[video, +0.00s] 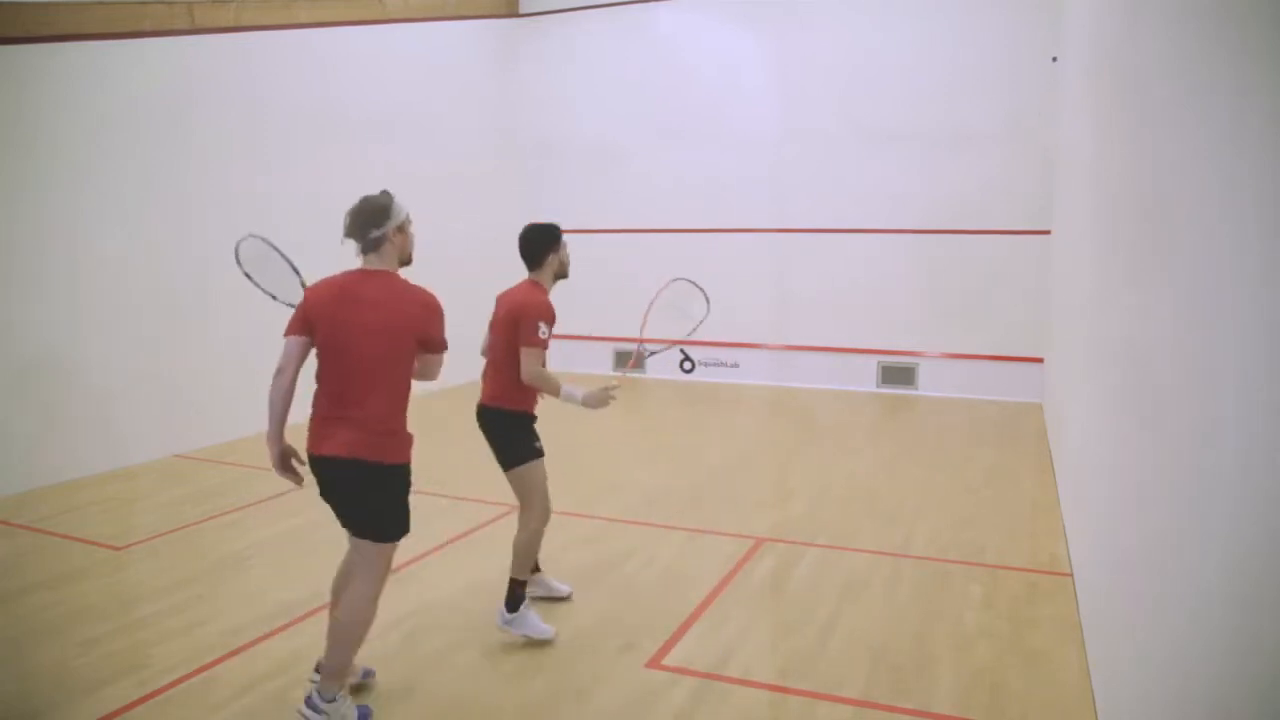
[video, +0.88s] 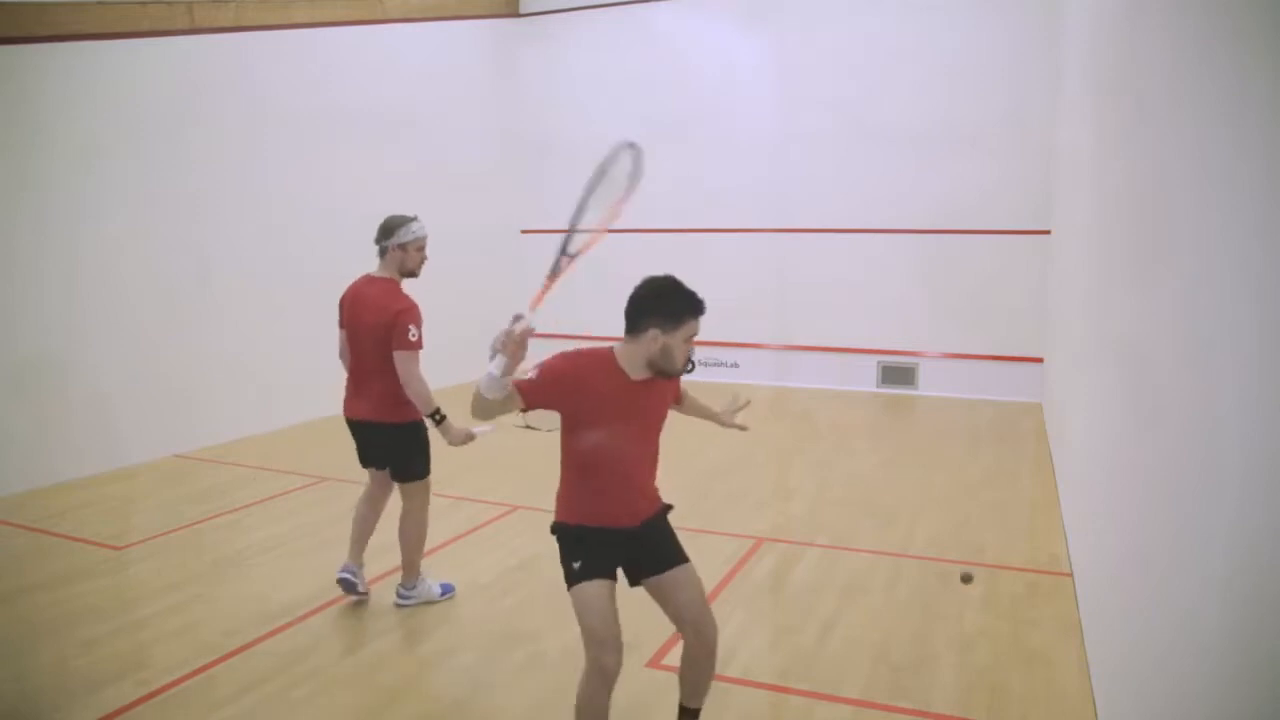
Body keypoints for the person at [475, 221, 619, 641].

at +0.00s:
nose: (568, 256)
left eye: (565, 249)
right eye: (564, 250)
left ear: (532, 258)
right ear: (553, 256)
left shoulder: (510, 297)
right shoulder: (535, 304)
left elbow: (488, 351)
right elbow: (531, 372)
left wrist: (528, 376)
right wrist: (579, 397)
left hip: (502, 411)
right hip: (508, 415)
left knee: (535, 503)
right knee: (536, 509)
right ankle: (512, 609)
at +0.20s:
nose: (594, 278)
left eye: (591, 270)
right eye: (589, 271)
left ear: (564, 279)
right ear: (573, 279)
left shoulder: (560, 327)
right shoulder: (540, 331)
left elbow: (555, 396)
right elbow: (528, 403)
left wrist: (585, 424)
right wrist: (579, 428)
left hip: (553, 445)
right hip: (528, 449)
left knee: (571, 515)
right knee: (556, 538)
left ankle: (538, 579)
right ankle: (557, 647)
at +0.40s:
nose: (617, 273)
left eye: (616, 264)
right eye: (612, 264)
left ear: (586, 270)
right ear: (590, 270)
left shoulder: (588, 320)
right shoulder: (541, 327)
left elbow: (581, 383)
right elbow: (529, 405)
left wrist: (625, 406)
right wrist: (581, 437)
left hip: (589, 455)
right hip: (549, 463)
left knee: (616, 552)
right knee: (567, 566)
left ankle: (573, 603)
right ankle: (562, 661)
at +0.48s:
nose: (632, 274)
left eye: (631, 264)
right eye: (627, 264)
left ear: (599, 268)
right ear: (603, 267)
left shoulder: (602, 317)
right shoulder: (547, 326)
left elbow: (593, 383)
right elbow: (531, 405)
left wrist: (641, 405)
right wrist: (585, 436)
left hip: (602, 460)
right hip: (557, 469)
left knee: (633, 561)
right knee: (569, 571)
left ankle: (606, 656)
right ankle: (564, 664)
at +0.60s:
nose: (656, 295)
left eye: (658, 284)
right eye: (653, 283)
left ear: (626, 281)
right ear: (624, 279)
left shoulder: (627, 333)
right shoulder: (562, 332)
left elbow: (626, 389)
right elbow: (518, 402)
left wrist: (677, 416)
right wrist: (566, 423)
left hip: (621, 485)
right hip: (568, 489)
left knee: (650, 590)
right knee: (576, 594)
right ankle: (566, 662)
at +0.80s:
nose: (692, 344)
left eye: (694, 334)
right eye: (689, 332)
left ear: (660, 329)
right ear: (657, 328)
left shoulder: (662, 373)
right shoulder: (577, 361)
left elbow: (679, 401)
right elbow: (484, 388)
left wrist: (730, 422)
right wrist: (516, 361)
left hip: (647, 519)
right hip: (586, 524)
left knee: (698, 622)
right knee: (597, 645)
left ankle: (687, 716)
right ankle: (577, 714)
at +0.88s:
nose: (691, 351)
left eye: (693, 340)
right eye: (688, 339)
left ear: (659, 337)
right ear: (655, 336)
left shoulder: (664, 379)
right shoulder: (574, 371)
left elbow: (680, 399)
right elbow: (483, 408)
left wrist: (719, 416)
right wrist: (503, 365)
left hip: (646, 524)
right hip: (585, 531)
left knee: (702, 632)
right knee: (605, 661)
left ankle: (688, 716)